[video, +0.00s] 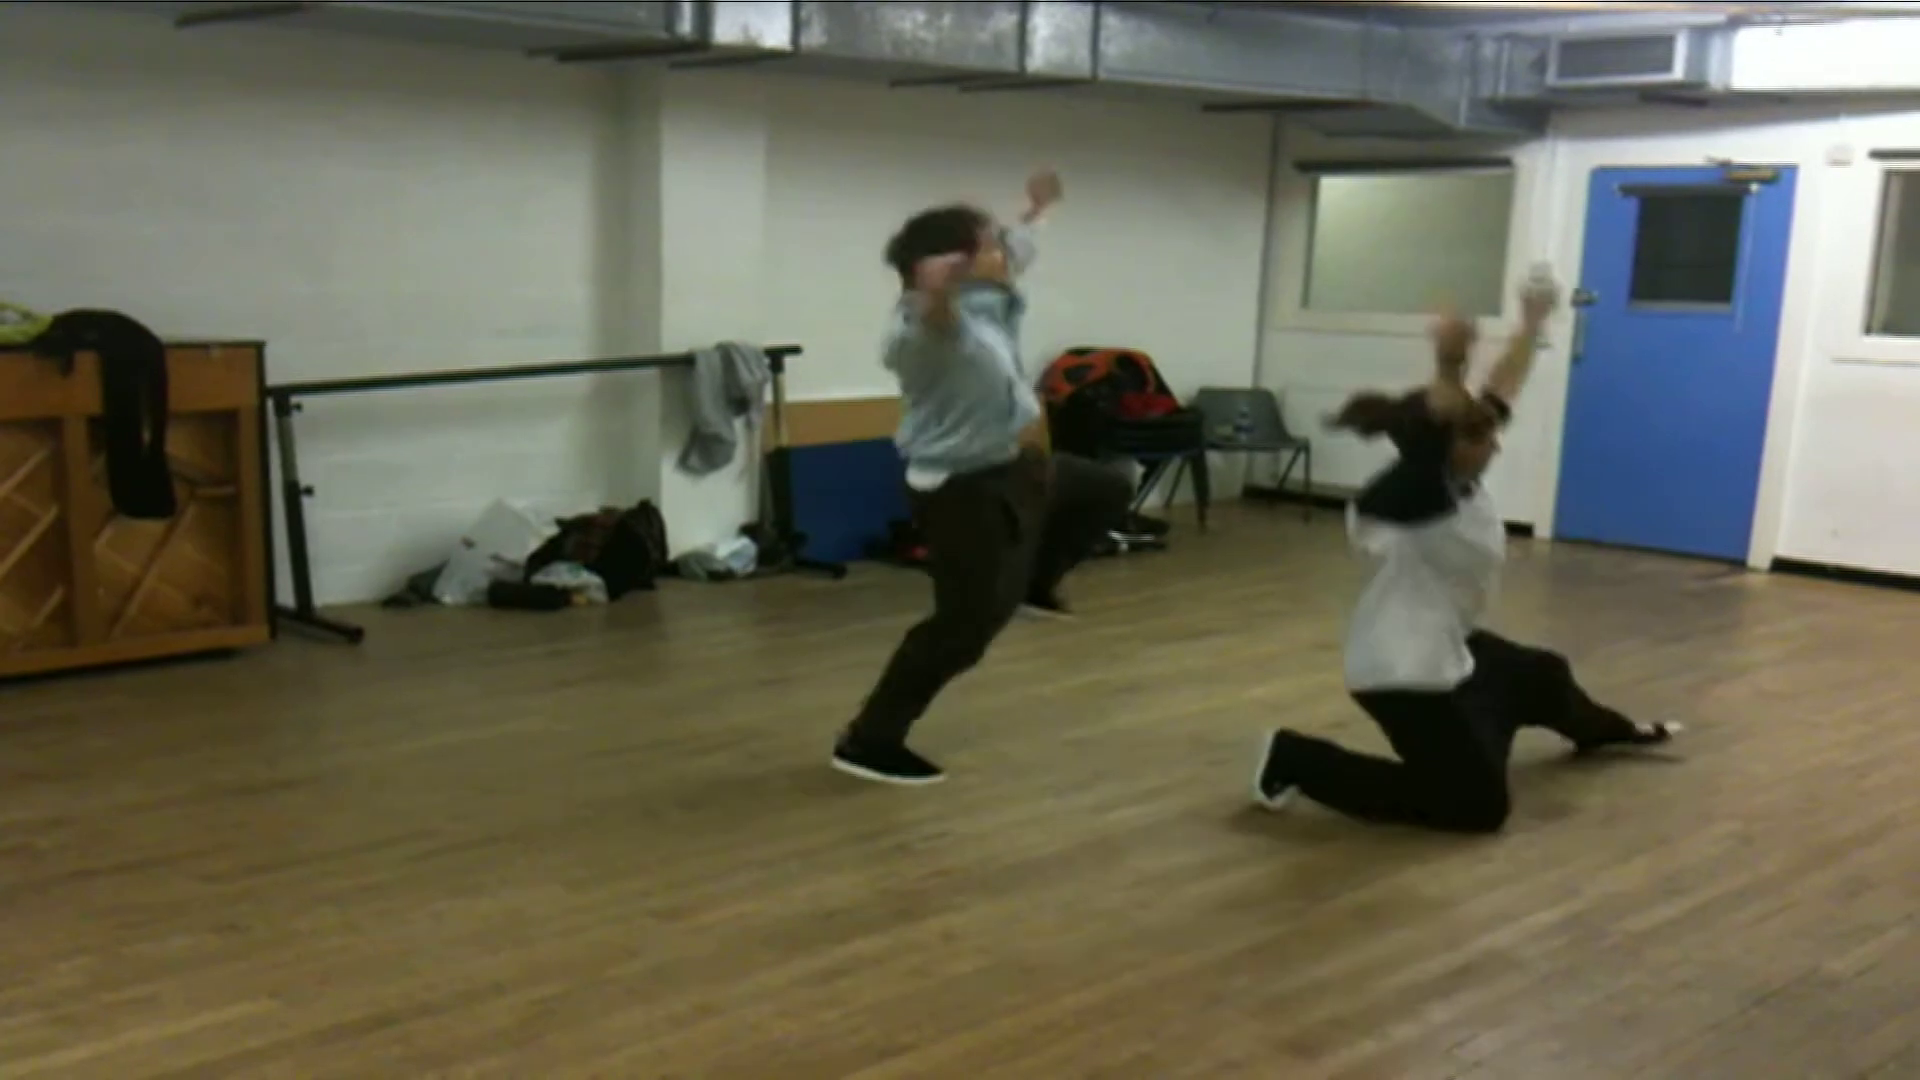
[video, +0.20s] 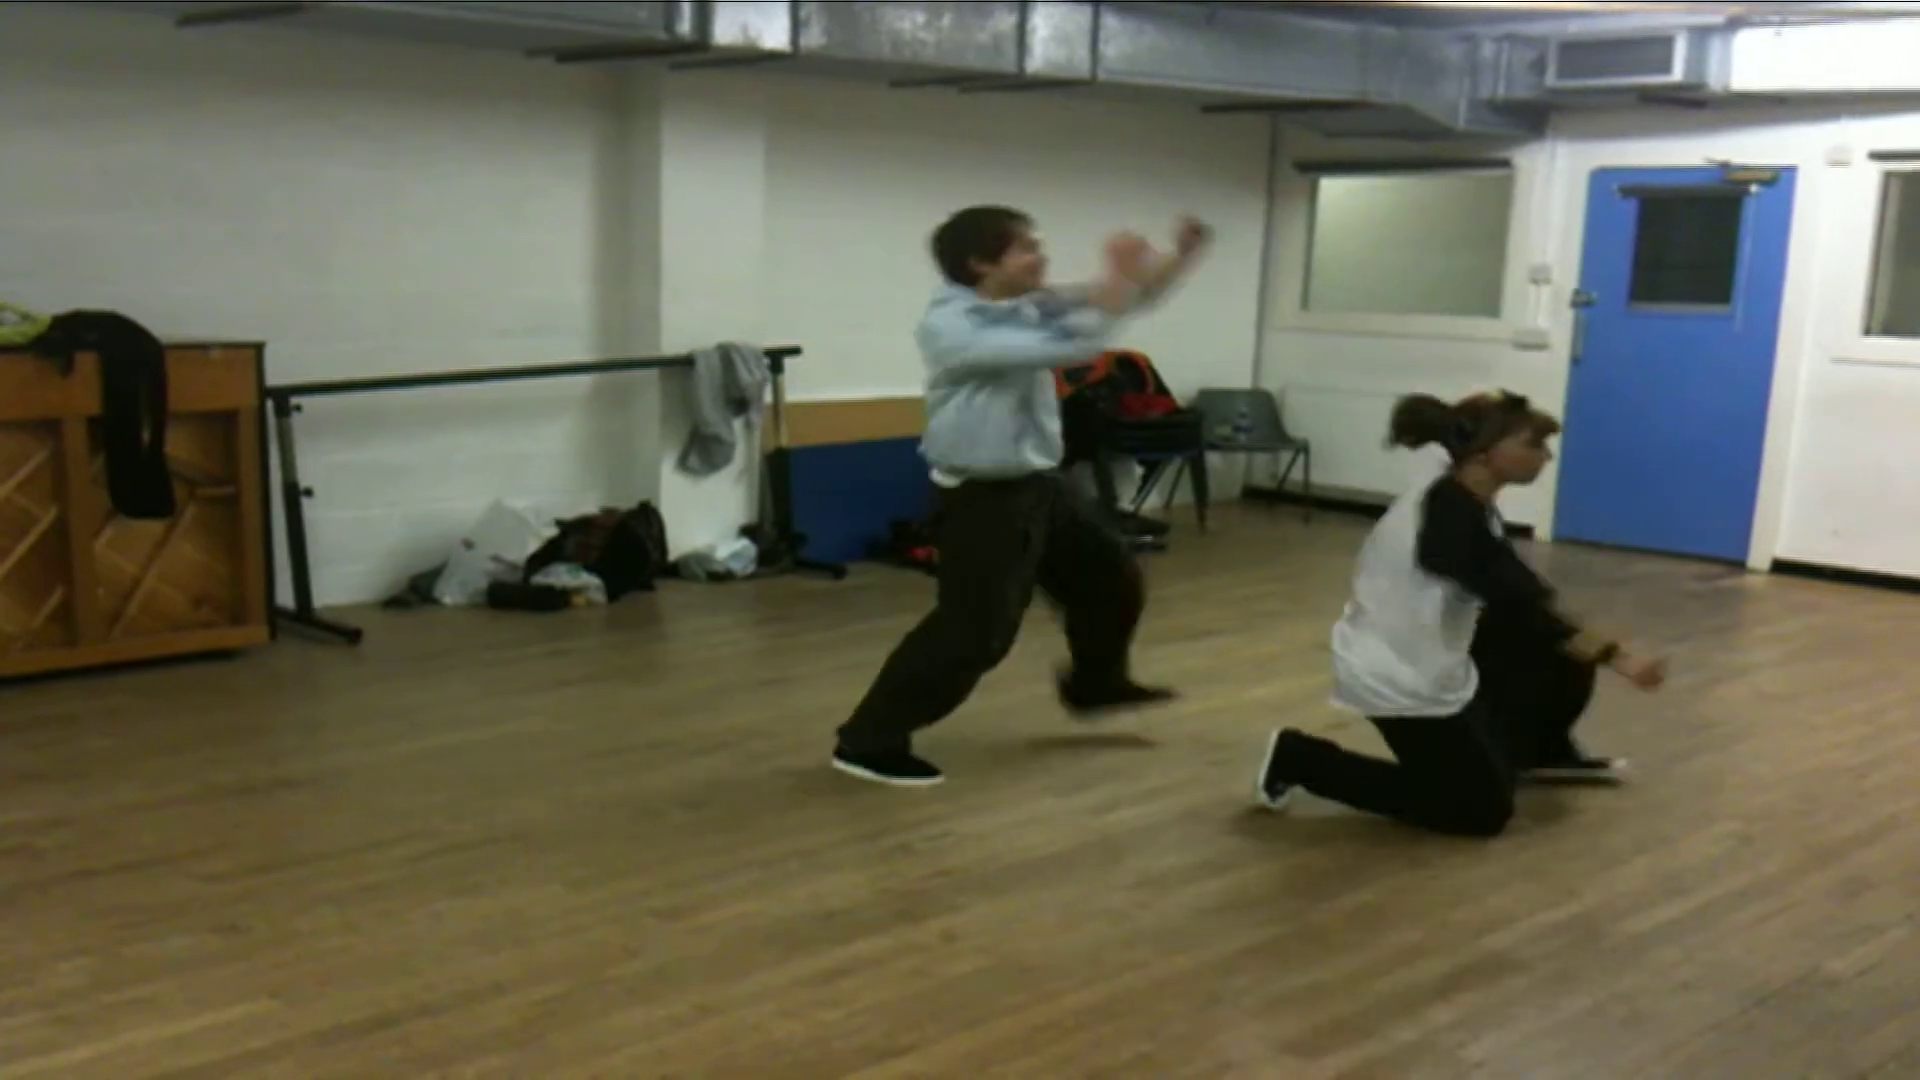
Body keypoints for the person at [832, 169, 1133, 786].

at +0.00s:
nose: (1002, 250)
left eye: (998, 242)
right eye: (988, 244)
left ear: (987, 259)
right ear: (942, 264)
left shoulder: (990, 305)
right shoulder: (918, 331)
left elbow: (1012, 258)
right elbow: (926, 331)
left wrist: (1035, 210)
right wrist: (938, 296)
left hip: (1014, 470)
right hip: (958, 490)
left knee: (1107, 489)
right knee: (968, 622)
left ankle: (1036, 581)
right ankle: (871, 739)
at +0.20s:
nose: (1039, 258)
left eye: (1036, 248)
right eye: (1026, 249)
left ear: (996, 263)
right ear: (981, 264)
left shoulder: (1028, 308)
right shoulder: (949, 326)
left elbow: (1109, 306)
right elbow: (1042, 347)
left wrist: (1178, 262)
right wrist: (1110, 295)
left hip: (1037, 489)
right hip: (980, 497)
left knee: (1110, 583)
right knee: (974, 630)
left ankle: (1098, 684)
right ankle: (869, 740)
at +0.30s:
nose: (1095, 269)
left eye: (1092, 258)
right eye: (1083, 259)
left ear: (1042, 272)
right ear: (1041, 271)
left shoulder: (1047, 316)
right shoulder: (1025, 317)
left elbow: (1124, 350)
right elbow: (1122, 355)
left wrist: (1188, 331)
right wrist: (1155, 327)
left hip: (1041, 493)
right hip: (996, 497)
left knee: (1093, 610)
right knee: (981, 637)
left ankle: (1125, 721)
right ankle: (872, 741)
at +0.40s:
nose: (1123, 275)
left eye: (1121, 265)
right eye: (1111, 265)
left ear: (1084, 280)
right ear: (1068, 275)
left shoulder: (1100, 330)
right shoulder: (1027, 320)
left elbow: (1160, 367)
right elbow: (1097, 367)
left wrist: (1210, 353)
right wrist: (1156, 350)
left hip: (1067, 504)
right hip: (1002, 502)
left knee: (1120, 615)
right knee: (989, 644)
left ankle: (1121, 722)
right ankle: (879, 737)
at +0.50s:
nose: (1121, 259)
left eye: (1122, 248)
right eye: (1109, 248)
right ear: (1065, 255)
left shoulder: (1112, 317)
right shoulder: (1014, 307)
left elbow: (1149, 341)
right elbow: (971, 351)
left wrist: (1175, 339)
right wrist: (1064, 331)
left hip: (1086, 491)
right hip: (1014, 492)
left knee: (1114, 614)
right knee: (989, 626)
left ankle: (1119, 718)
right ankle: (914, 743)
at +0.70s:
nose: (1118, 278)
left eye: (1121, 266)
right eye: (1107, 265)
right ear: (1059, 269)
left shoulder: (1100, 323)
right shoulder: (980, 323)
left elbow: (1133, 343)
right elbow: (898, 380)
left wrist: (1139, 360)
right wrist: (997, 385)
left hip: (1095, 499)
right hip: (1020, 505)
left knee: (1129, 609)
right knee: (998, 633)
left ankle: (1121, 719)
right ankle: (931, 753)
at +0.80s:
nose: (1147, 296)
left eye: (1149, 283)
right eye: (1135, 283)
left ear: (1094, 290)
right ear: (1084, 288)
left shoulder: (1121, 348)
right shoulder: (999, 347)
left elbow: (1134, 416)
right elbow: (932, 431)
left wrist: (1134, 469)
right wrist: (997, 502)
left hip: (1092, 516)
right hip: (1020, 517)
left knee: (1131, 612)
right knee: (998, 640)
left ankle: (1123, 720)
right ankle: (930, 754)